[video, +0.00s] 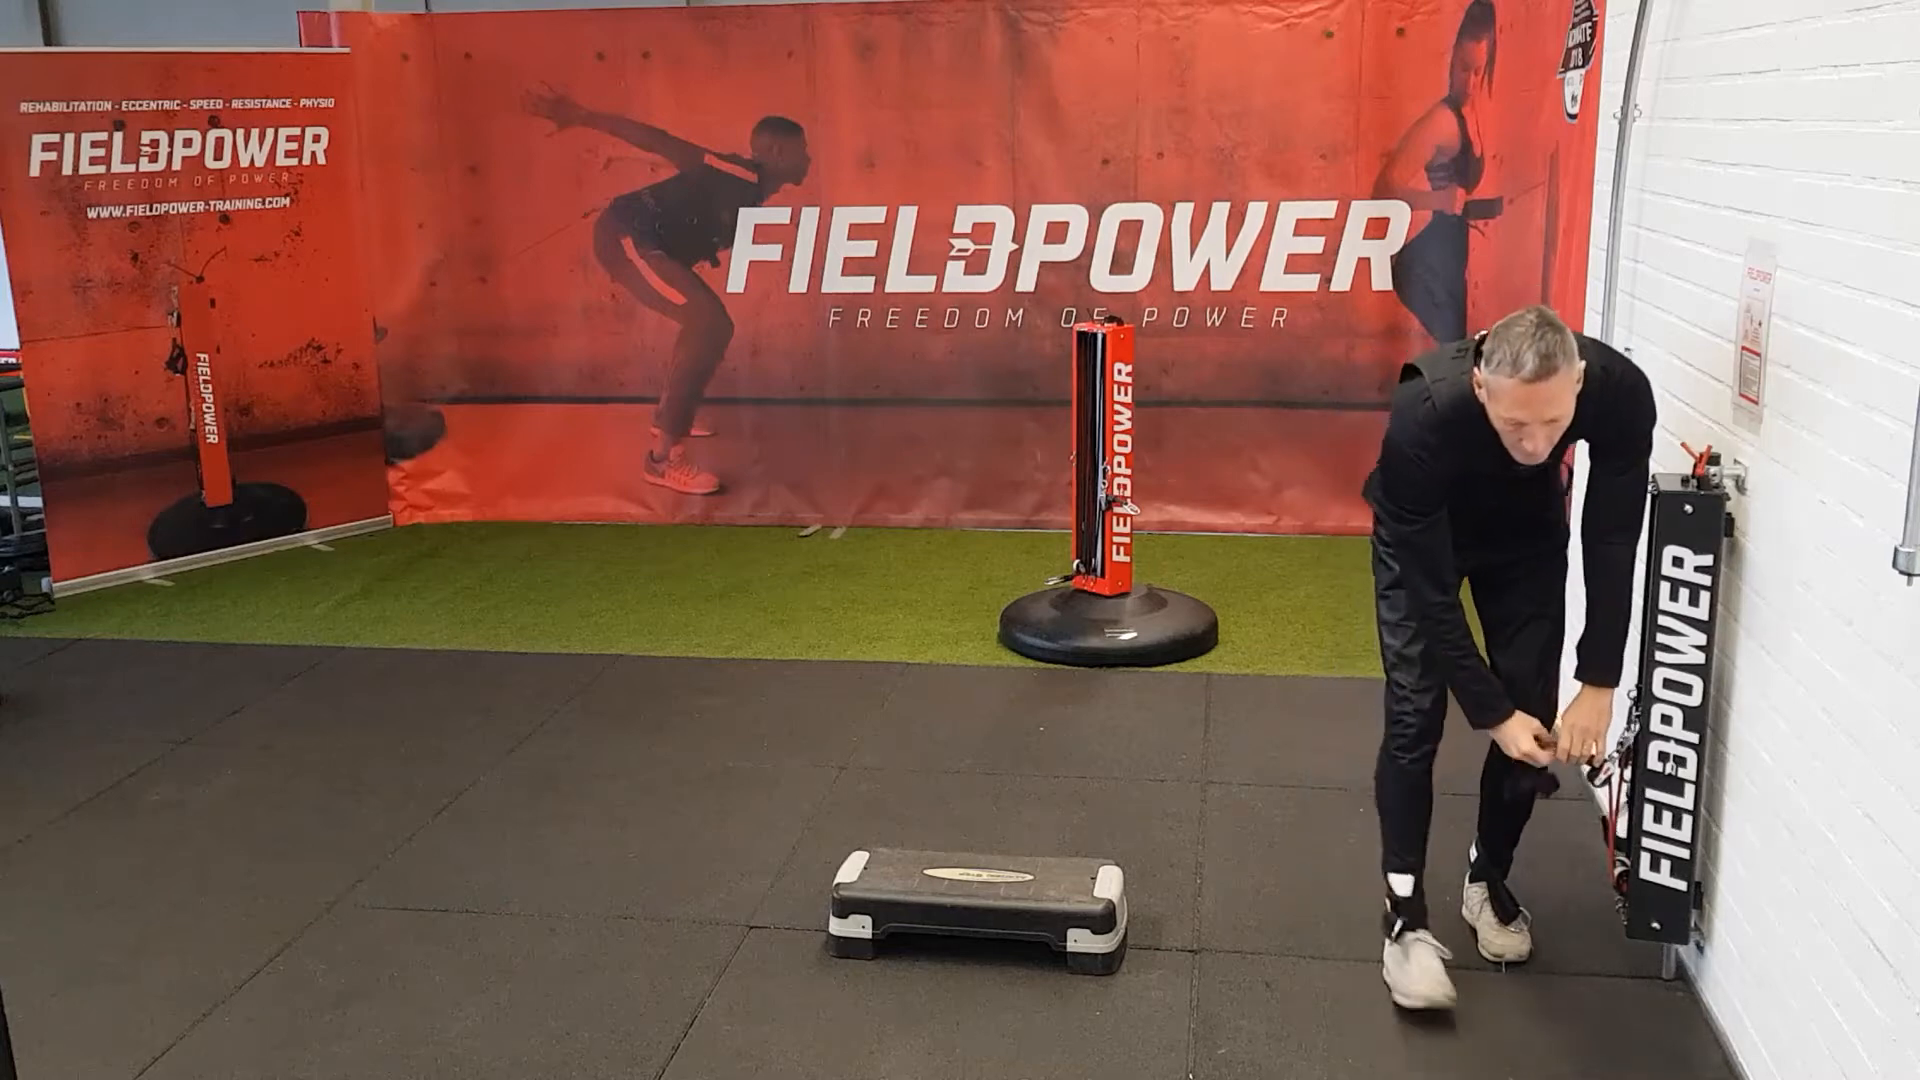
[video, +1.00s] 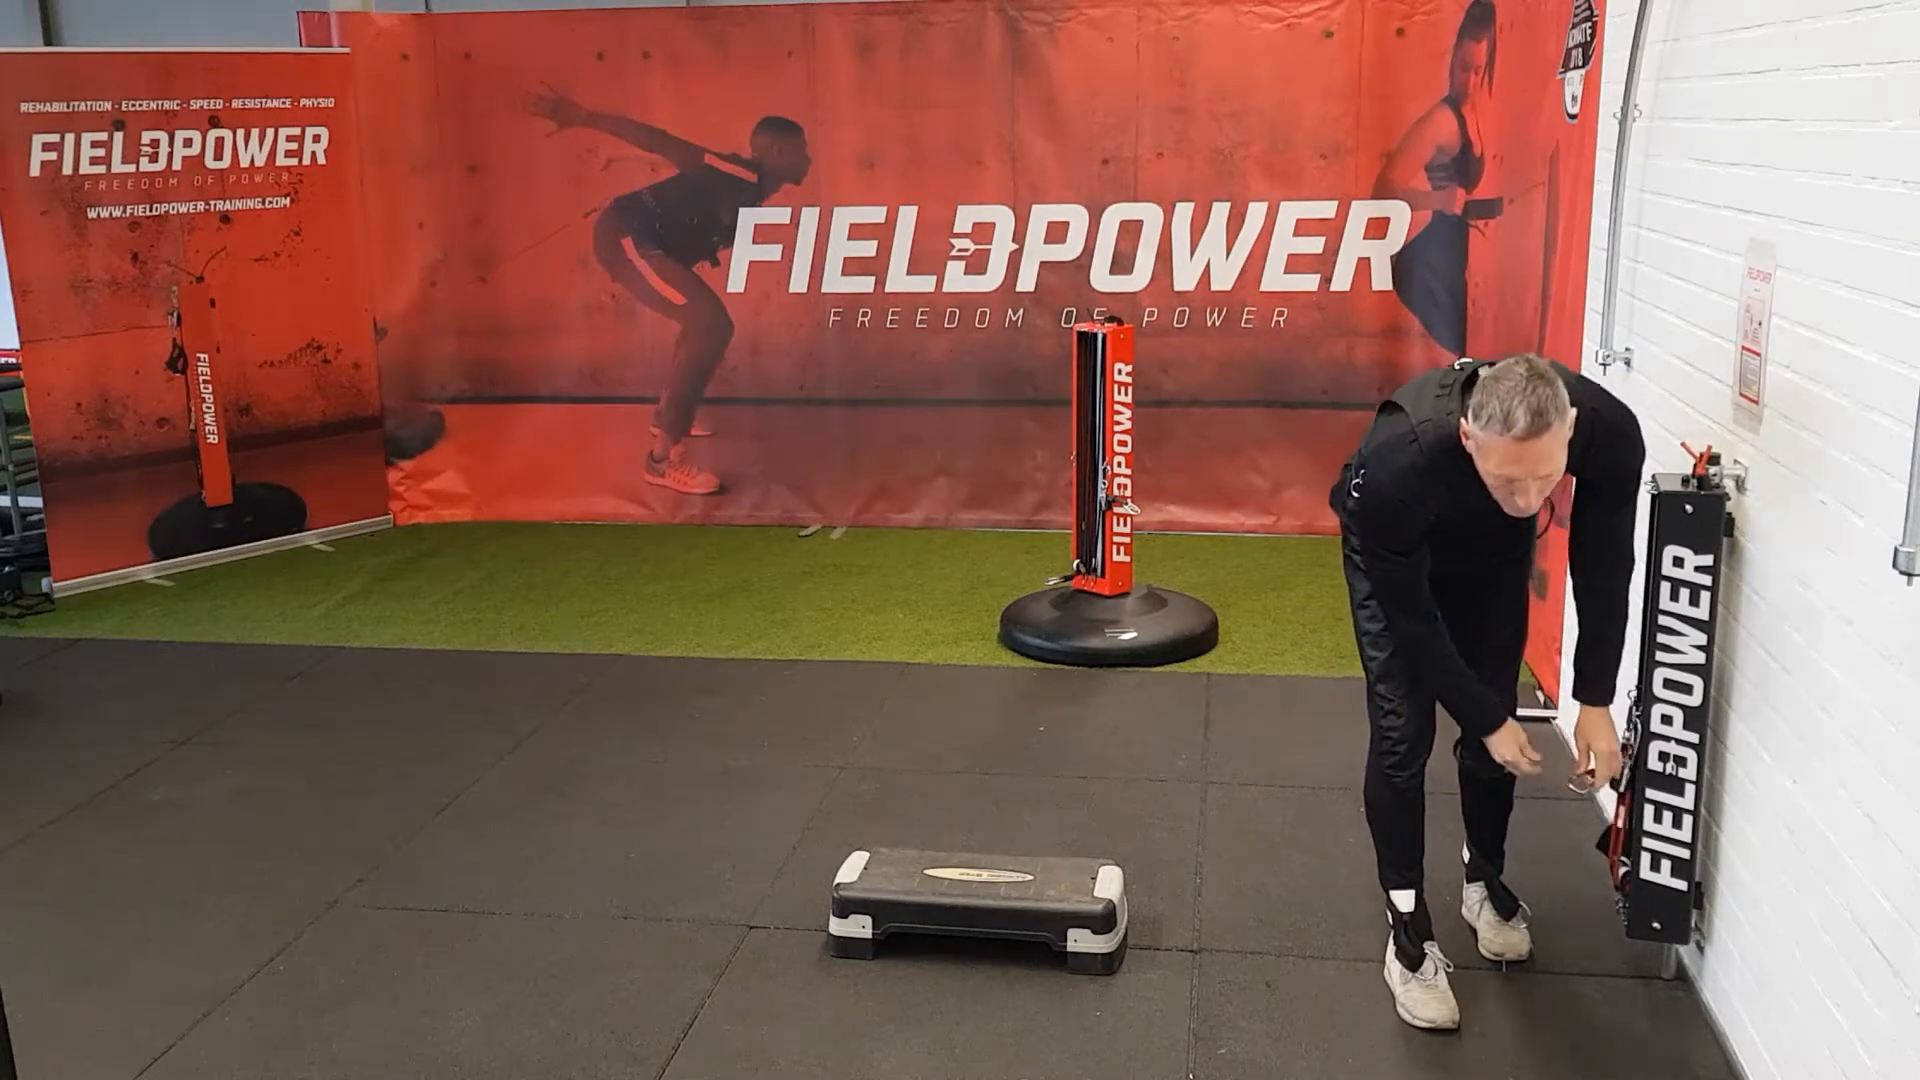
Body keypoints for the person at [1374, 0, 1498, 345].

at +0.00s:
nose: (1472, 82)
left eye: (1481, 72)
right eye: (1465, 70)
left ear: (1490, 73)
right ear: (1450, 67)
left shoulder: (1466, 119)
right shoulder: (1441, 121)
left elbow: (1433, 188)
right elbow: (1391, 187)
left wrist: (1468, 211)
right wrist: (1442, 200)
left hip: (1445, 252)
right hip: (1424, 255)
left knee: (1451, 347)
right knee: (1446, 348)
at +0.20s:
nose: (1472, 82)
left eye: (1482, 72)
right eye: (1465, 70)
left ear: (1492, 74)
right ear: (1450, 68)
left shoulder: (1465, 121)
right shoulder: (1441, 120)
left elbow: (1432, 189)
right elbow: (1388, 186)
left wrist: (1468, 212)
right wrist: (1438, 200)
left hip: (1445, 258)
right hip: (1424, 260)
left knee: (1449, 357)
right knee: (1440, 359)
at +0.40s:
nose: (1471, 82)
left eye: (1482, 72)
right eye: (1464, 69)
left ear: (1492, 74)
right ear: (1450, 67)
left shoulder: (1468, 121)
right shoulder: (1440, 121)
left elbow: (1436, 192)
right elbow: (1387, 189)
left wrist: (1473, 212)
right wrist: (1438, 199)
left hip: (1446, 254)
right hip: (1424, 257)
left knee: (1452, 358)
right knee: (1445, 359)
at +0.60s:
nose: (1472, 81)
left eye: (1482, 71)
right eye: (1464, 68)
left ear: (1492, 72)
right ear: (1450, 65)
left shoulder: (1469, 120)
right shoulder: (1440, 121)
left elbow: (1439, 196)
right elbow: (1387, 188)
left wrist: (1478, 209)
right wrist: (1437, 200)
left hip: (1446, 256)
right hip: (1425, 259)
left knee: (1451, 362)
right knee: (1444, 364)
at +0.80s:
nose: (1472, 81)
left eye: (1482, 71)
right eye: (1464, 68)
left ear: (1492, 73)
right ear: (1450, 64)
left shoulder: (1466, 120)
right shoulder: (1440, 121)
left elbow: (1439, 196)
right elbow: (1388, 188)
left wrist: (1477, 210)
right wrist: (1438, 199)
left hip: (1446, 256)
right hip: (1425, 259)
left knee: (1450, 364)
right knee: (1445, 365)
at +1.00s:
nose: (1472, 81)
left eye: (1482, 71)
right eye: (1465, 68)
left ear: (1492, 73)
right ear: (1451, 65)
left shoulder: (1469, 121)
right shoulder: (1440, 120)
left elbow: (1437, 188)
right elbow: (1387, 188)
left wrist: (1470, 211)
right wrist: (1437, 199)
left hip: (1446, 252)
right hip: (1426, 256)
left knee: (1452, 357)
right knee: (1446, 357)